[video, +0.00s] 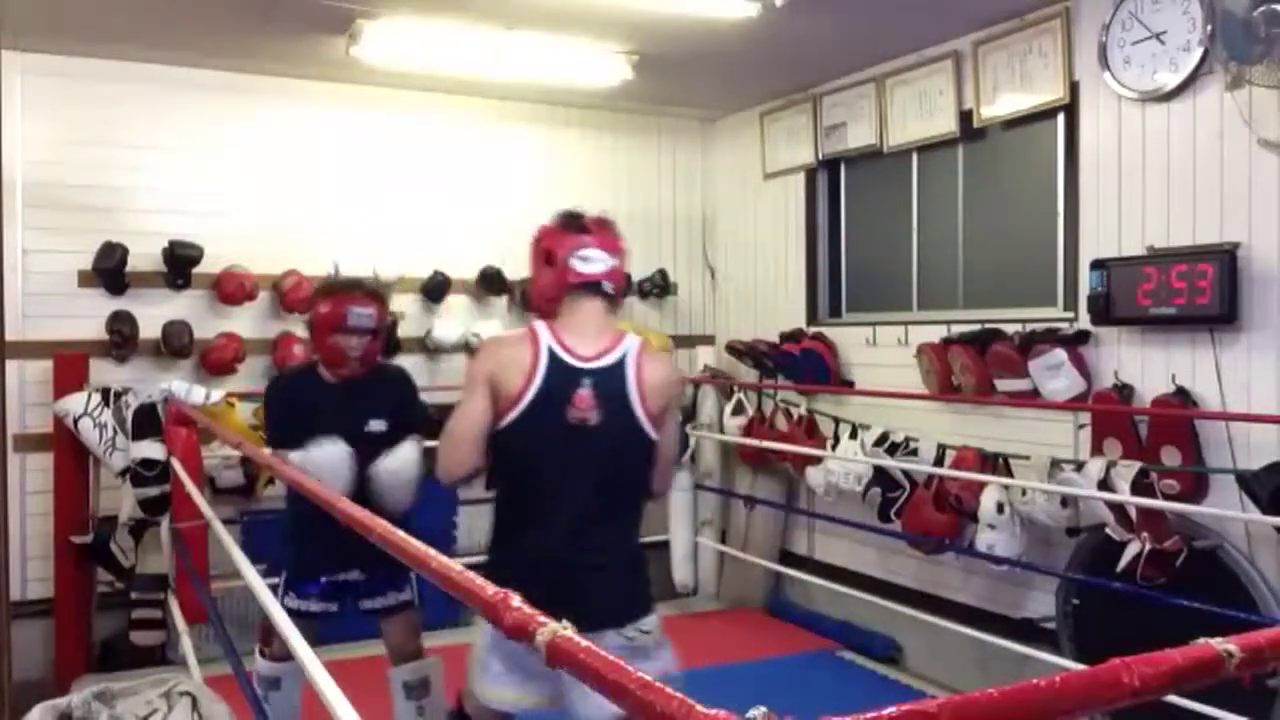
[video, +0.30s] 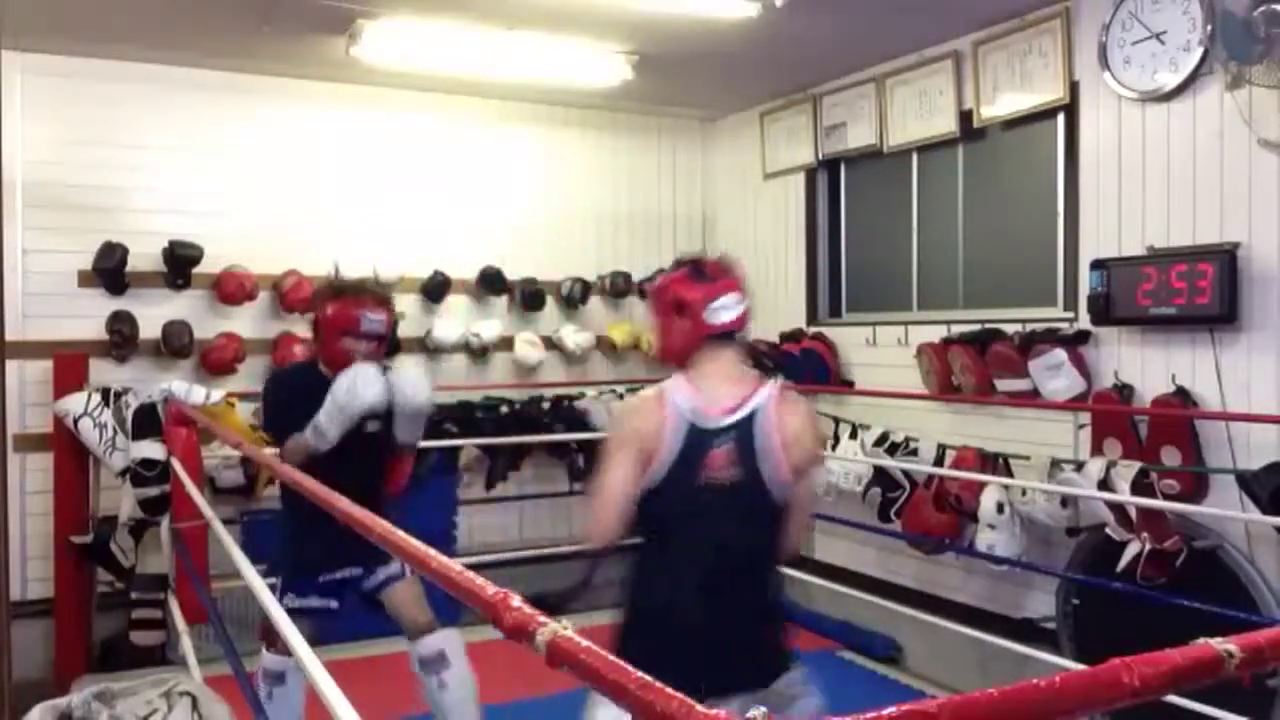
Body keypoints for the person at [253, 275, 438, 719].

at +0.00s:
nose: (356, 344)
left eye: (367, 333)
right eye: (345, 331)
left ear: (381, 337)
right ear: (320, 332)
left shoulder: (393, 383)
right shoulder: (289, 388)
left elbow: (421, 438)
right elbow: (272, 461)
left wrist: (407, 462)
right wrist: (304, 464)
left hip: (383, 539)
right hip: (311, 541)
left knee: (406, 644)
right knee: (279, 646)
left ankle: (420, 713)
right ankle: (277, 713)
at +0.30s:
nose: (364, 349)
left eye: (376, 340)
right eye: (352, 336)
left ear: (387, 344)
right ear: (324, 334)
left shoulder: (386, 386)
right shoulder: (290, 384)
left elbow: (395, 481)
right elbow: (280, 459)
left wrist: (410, 423)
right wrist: (329, 422)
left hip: (373, 535)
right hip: (310, 538)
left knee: (431, 638)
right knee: (281, 659)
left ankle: (463, 712)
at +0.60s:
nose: (432, 347)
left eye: (440, 337)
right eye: (422, 335)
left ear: (447, 343)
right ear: (395, 337)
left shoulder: (449, 389)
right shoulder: (352, 389)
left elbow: (481, 433)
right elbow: (314, 456)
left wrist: (509, 441)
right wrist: (344, 435)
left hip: (439, 549)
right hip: (370, 551)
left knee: (480, 646)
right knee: (331, 659)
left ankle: (495, 714)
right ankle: (298, 711)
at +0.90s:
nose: (476, 344)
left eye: (478, 331)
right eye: (463, 332)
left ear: (482, 331)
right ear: (427, 334)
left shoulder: (486, 386)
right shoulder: (390, 406)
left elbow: (548, 437)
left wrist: (537, 427)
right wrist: (385, 480)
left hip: (518, 538)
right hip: (456, 554)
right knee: (476, 686)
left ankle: (581, 711)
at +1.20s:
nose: (536, 339)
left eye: (537, 327)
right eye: (526, 327)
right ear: (490, 327)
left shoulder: (525, 382)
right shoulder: (443, 390)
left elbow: (549, 438)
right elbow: (440, 471)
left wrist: (593, 415)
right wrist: (493, 416)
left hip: (542, 546)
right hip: (474, 560)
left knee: (602, 671)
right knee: (471, 701)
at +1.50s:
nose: (533, 348)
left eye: (533, 337)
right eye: (524, 336)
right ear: (489, 338)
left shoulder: (510, 393)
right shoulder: (449, 389)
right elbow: (534, 406)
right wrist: (554, 359)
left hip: (518, 574)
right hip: (454, 581)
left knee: (574, 692)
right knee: (402, 702)